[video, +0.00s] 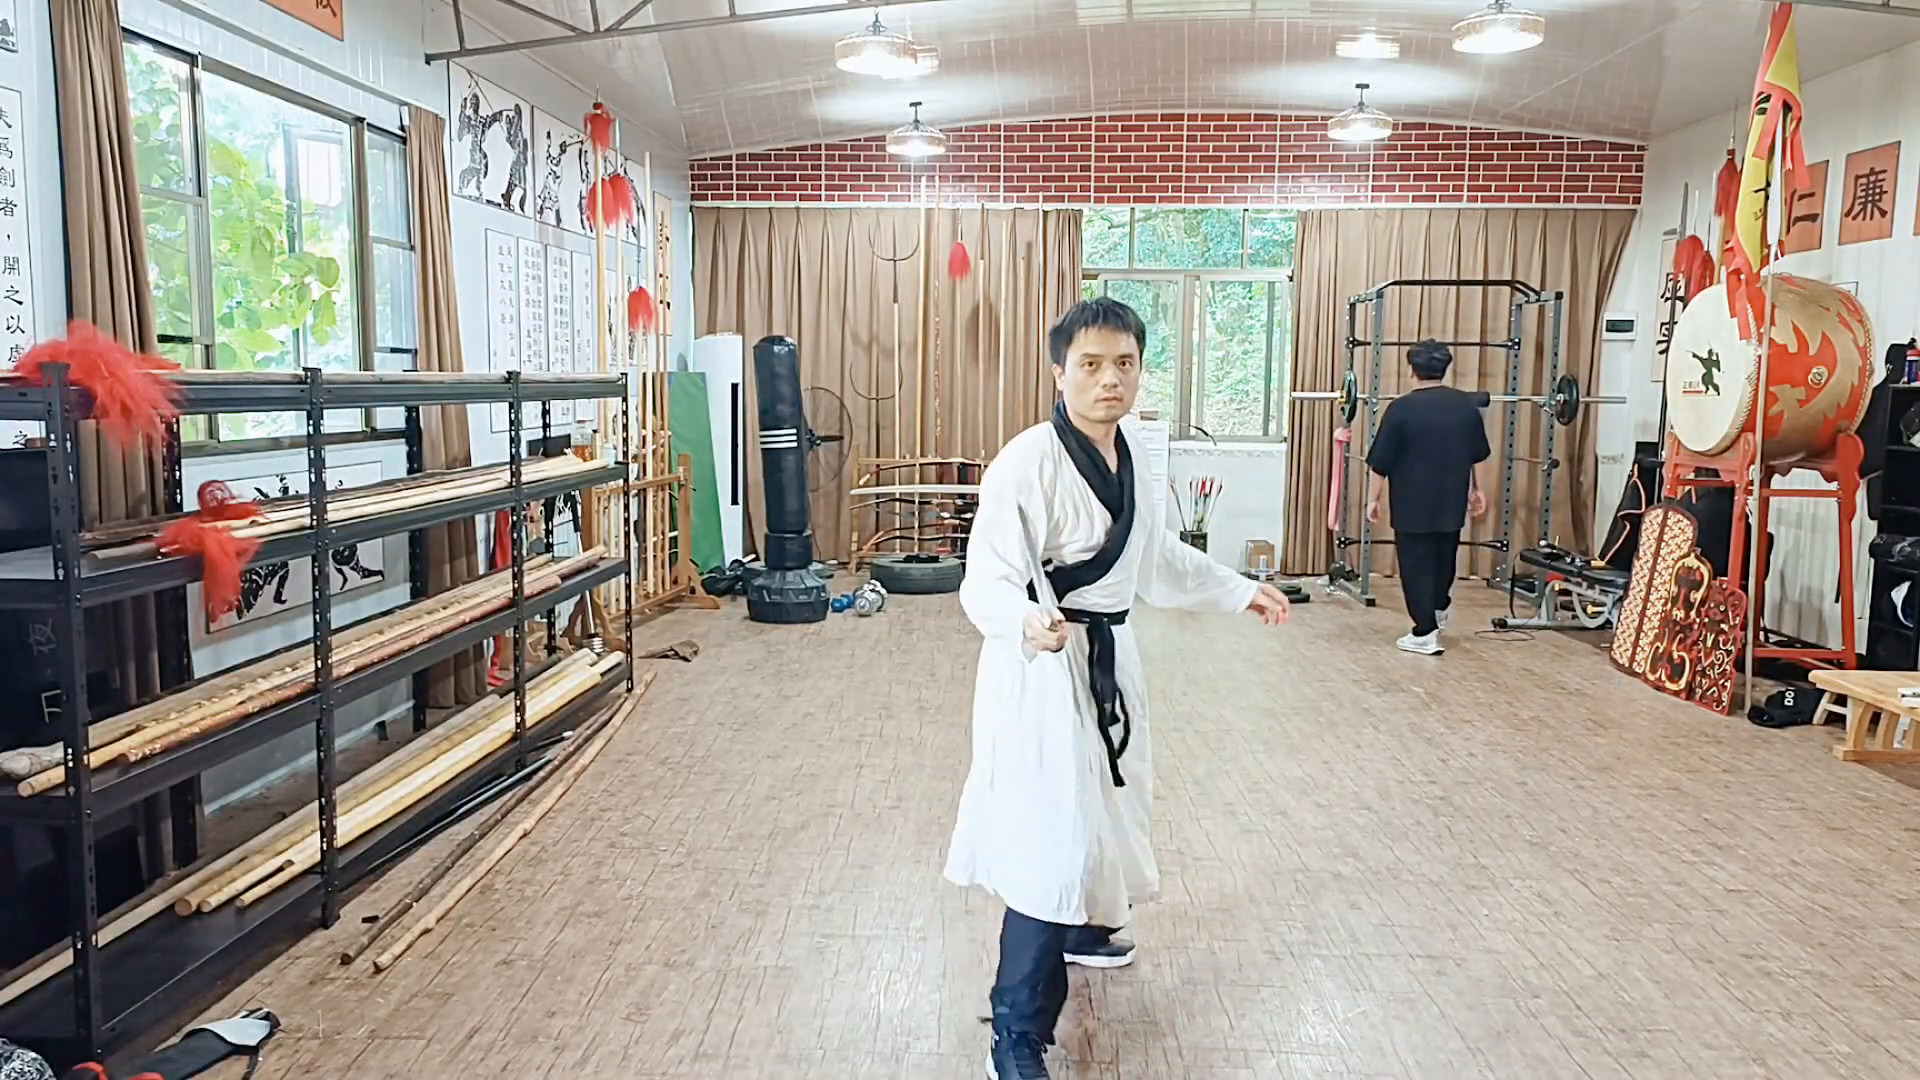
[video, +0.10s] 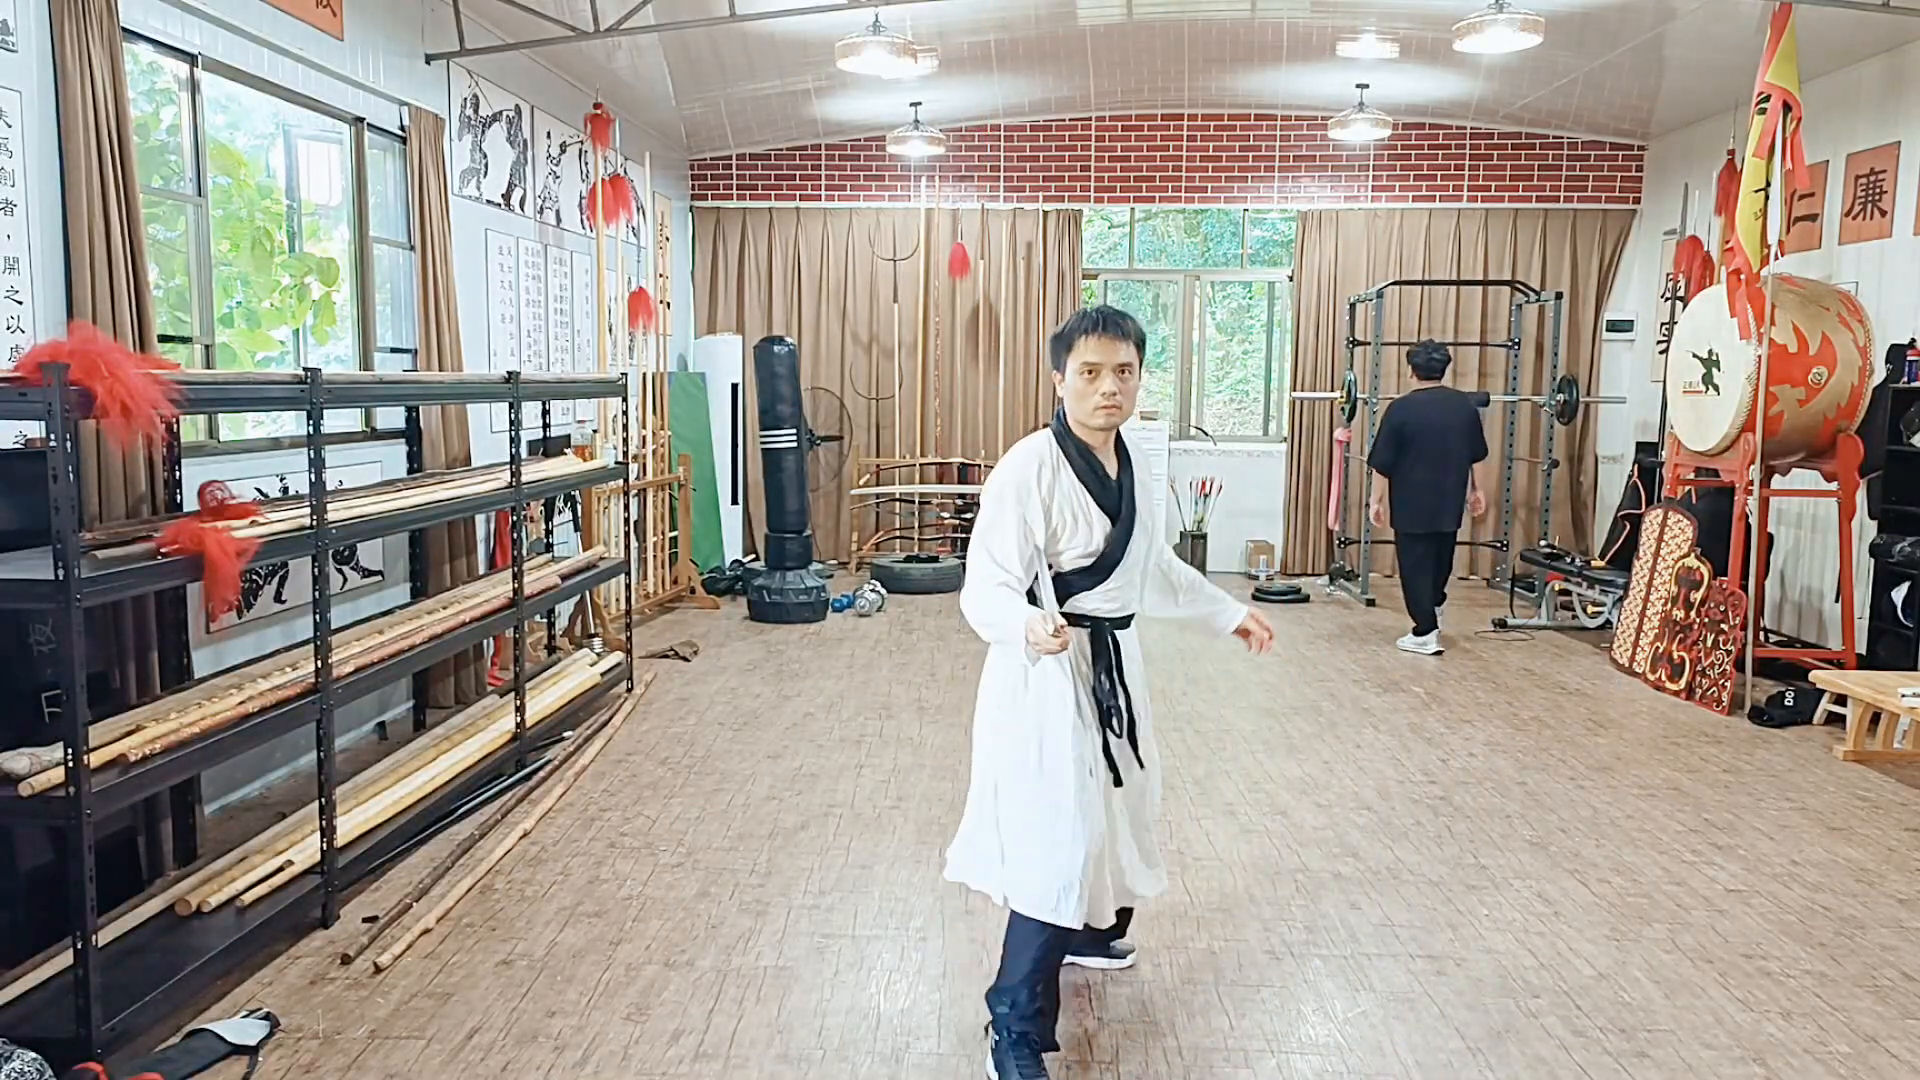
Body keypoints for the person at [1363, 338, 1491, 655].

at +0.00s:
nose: (1409, 370)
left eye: (1411, 366)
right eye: (1413, 366)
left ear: (1414, 371)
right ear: (1444, 370)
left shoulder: (1401, 407)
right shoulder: (1464, 404)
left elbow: (1380, 461)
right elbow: (1478, 453)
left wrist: (1374, 499)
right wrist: (1478, 487)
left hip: (1411, 507)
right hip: (1451, 504)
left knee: (1415, 568)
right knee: (1444, 557)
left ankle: (1425, 633)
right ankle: (1439, 609)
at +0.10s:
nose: (1409, 370)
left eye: (1411, 367)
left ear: (1413, 371)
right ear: (1444, 370)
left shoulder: (1401, 407)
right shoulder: (1463, 404)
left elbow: (1382, 461)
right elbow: (1476, 453)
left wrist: (1376, 499)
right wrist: (1477, 487)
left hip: (1410, 505)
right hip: (1450, 503)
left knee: (1415, 567)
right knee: (1442, 558)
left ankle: (1425, 633)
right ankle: (1434, 606)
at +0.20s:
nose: (1408, 370)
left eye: (1410, 367)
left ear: (1412, 371)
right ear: (1444, 370)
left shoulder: (1400, 408)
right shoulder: (1462, 404)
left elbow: (1383, 464)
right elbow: (1474, 455)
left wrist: (1379, 503)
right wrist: (1475, 489)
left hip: (1410, 505)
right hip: (1449, 503)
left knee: (1414, 568)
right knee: (1438, 561)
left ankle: (1426, 633)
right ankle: (1430, 615)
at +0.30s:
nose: (1408, 372)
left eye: (1409, 368)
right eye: (1411, 367)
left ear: (1412, 373)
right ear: (1443, 373)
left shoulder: (1401, 410)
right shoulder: (1461, 408)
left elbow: (1383, 465)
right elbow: (1473, 457)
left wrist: (1380, 504)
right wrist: (1473, 491)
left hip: (1409, 507)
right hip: (1447, 506)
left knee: (1410, 568)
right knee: (1436, 562)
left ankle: (1425, 632)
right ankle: (1429, 617)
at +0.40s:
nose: (1407, 376)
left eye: (1409, 372)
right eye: (1410, 371)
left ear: (1412, 377)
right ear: (1443, 377)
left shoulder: (1401, 414)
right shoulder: (1458, 411)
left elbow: (1384, 469)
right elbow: (1472, 462)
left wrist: (1379, 508)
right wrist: (1467, 496)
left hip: (1408, 509)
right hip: (1445, 508)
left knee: (1407, 569)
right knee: (1435, 565)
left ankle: (1424, 633)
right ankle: (1429, 623)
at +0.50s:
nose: (1406, 380)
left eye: (1408, 376)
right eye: (1409, 375)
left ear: (1412, 381)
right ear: (1441, 381)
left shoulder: (1402, 418)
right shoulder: (1457, 415)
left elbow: (1384, 473)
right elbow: (1471, 467)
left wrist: (1376, 512)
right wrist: (1466, 505)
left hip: (1408, 512)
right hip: (1444, 512)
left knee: (1401, 573)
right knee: (1435, 564)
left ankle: (1424, 633)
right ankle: (1430, 621)